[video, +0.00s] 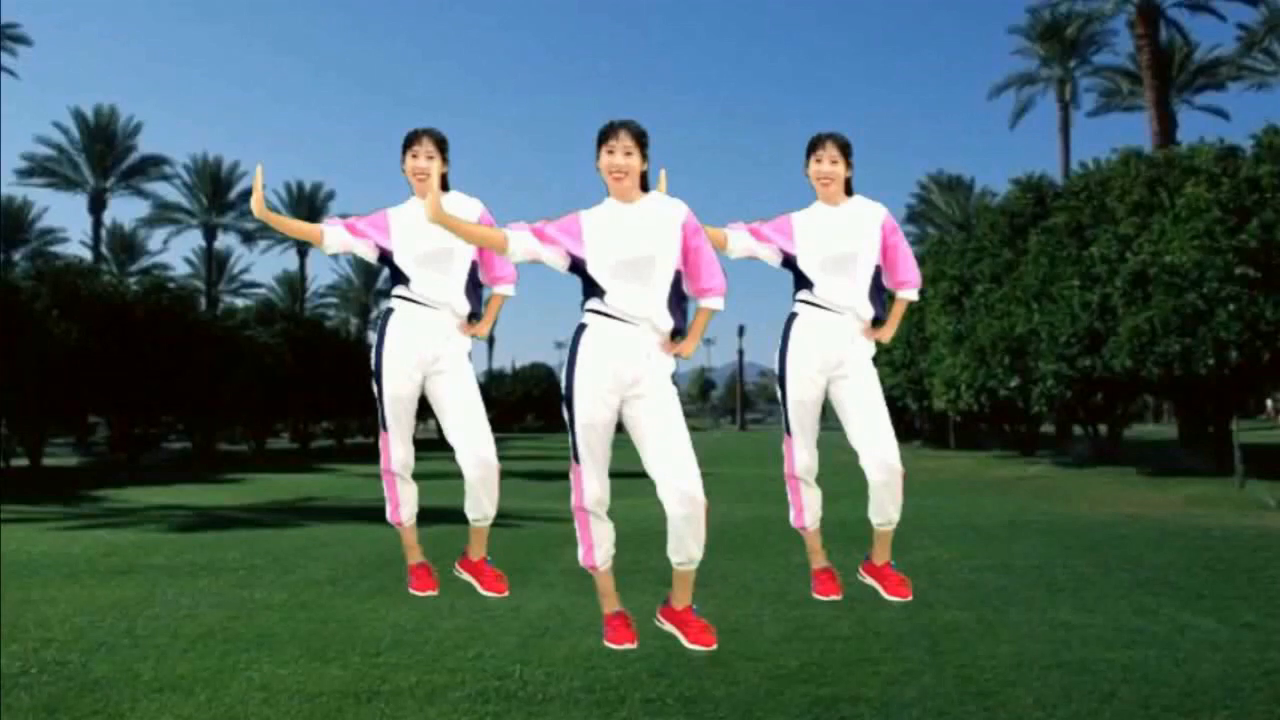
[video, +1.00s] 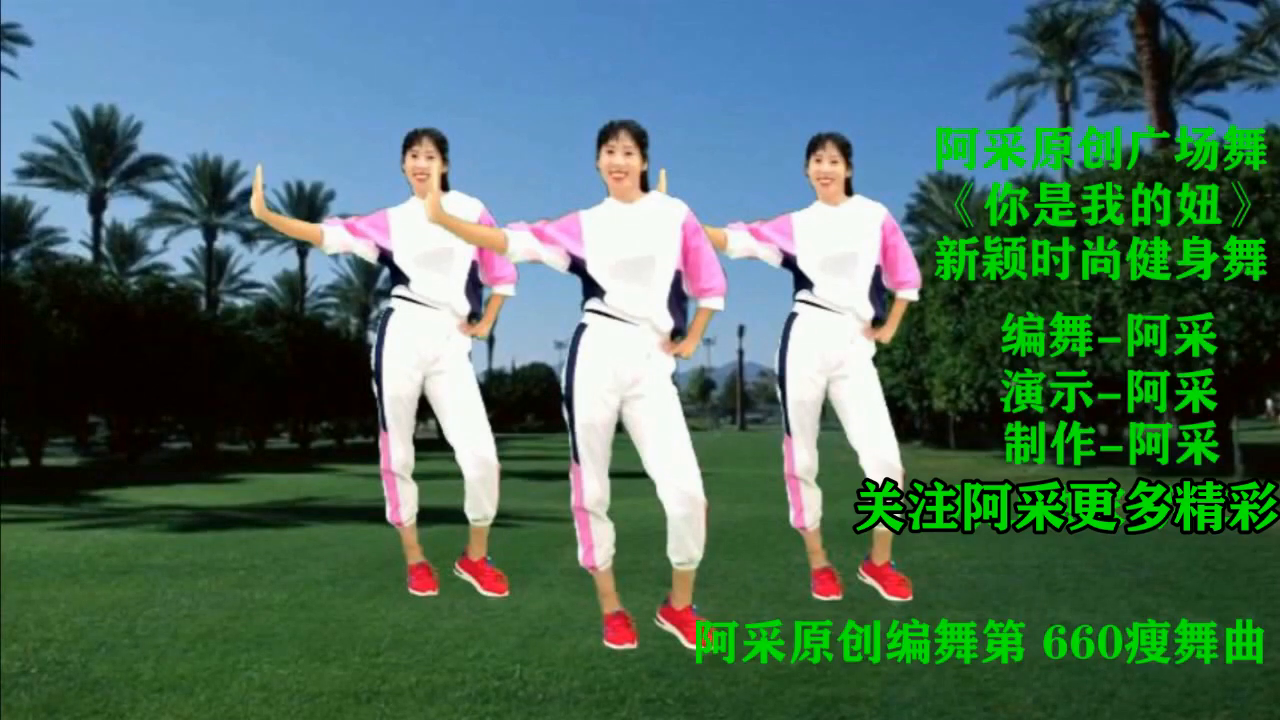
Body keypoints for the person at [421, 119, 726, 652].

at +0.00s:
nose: (618, 160)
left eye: (628, 152)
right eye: (609, 152)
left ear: (644, 162)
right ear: (598, 163)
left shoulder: (675, 216)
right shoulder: (586, 223)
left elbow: (711, 284)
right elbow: (510, 241)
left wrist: (689, 342)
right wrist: (443, 218)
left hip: (653, 354)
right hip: (598, 349)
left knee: (686, 492)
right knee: (593, 488)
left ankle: (679, 606)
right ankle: (612, 611)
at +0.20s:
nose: (618, 160)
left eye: (627, 152)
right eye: (609, 152)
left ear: (644, 162)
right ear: (598, 163)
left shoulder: (675, 215)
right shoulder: (586, 223)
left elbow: (711, 284)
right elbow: (510, 241)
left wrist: (689, 342)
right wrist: (442, 217)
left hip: (653, 354)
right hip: (598, 349)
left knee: (686, 492)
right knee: (593, 489)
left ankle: (680, 606)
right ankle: (612, 611)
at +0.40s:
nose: (618, 160)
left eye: (628, 152)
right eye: (609, 152)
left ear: (644, 162)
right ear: (598, 163)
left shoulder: (675, 216)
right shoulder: (586, 223)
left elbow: (711, 284)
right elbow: (510, 241)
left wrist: (689, 342)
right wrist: (443, 218)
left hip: (653, 353)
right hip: (598, 348)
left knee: (686, 493)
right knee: (593, 489)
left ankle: (679, 607)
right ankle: (612, 610)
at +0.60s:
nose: (618, 160)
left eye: (628, 152)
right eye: (609, 152)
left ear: (644, 162)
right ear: (598, 163)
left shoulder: (675, 215)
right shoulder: (586, 223)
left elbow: (711, 284)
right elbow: (510, 241)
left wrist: (689, 342)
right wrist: (442, 218)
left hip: (654, 352)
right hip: (598, 347)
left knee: (686, 492)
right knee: (593, 489)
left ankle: (679, 607)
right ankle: (612, 611)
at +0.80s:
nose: (618, 160)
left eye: (628, 152)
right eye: (609, 152)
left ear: (644, 162)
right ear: (598, 163)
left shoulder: (675, 216)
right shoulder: (586, 223)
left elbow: (711, 284)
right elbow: (510, 241)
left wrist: (689, 342)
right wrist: (443, 218)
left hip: (654, 353)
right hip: (598, 348)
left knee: (686, 493)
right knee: (593, 489)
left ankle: (679, 607)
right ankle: (612, 611)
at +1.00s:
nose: (618, 160)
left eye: (628, 152)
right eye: (609, 152)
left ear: (644, 162)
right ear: (598, 163)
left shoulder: (675, 216)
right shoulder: (586, 222)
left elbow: (711, 284)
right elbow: (510, 241)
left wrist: (689, 342)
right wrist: (443, 218)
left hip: (654, 353)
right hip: (598, 348)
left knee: (686, 492)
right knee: (593, 489)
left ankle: (679, 607)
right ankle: (612, 610)